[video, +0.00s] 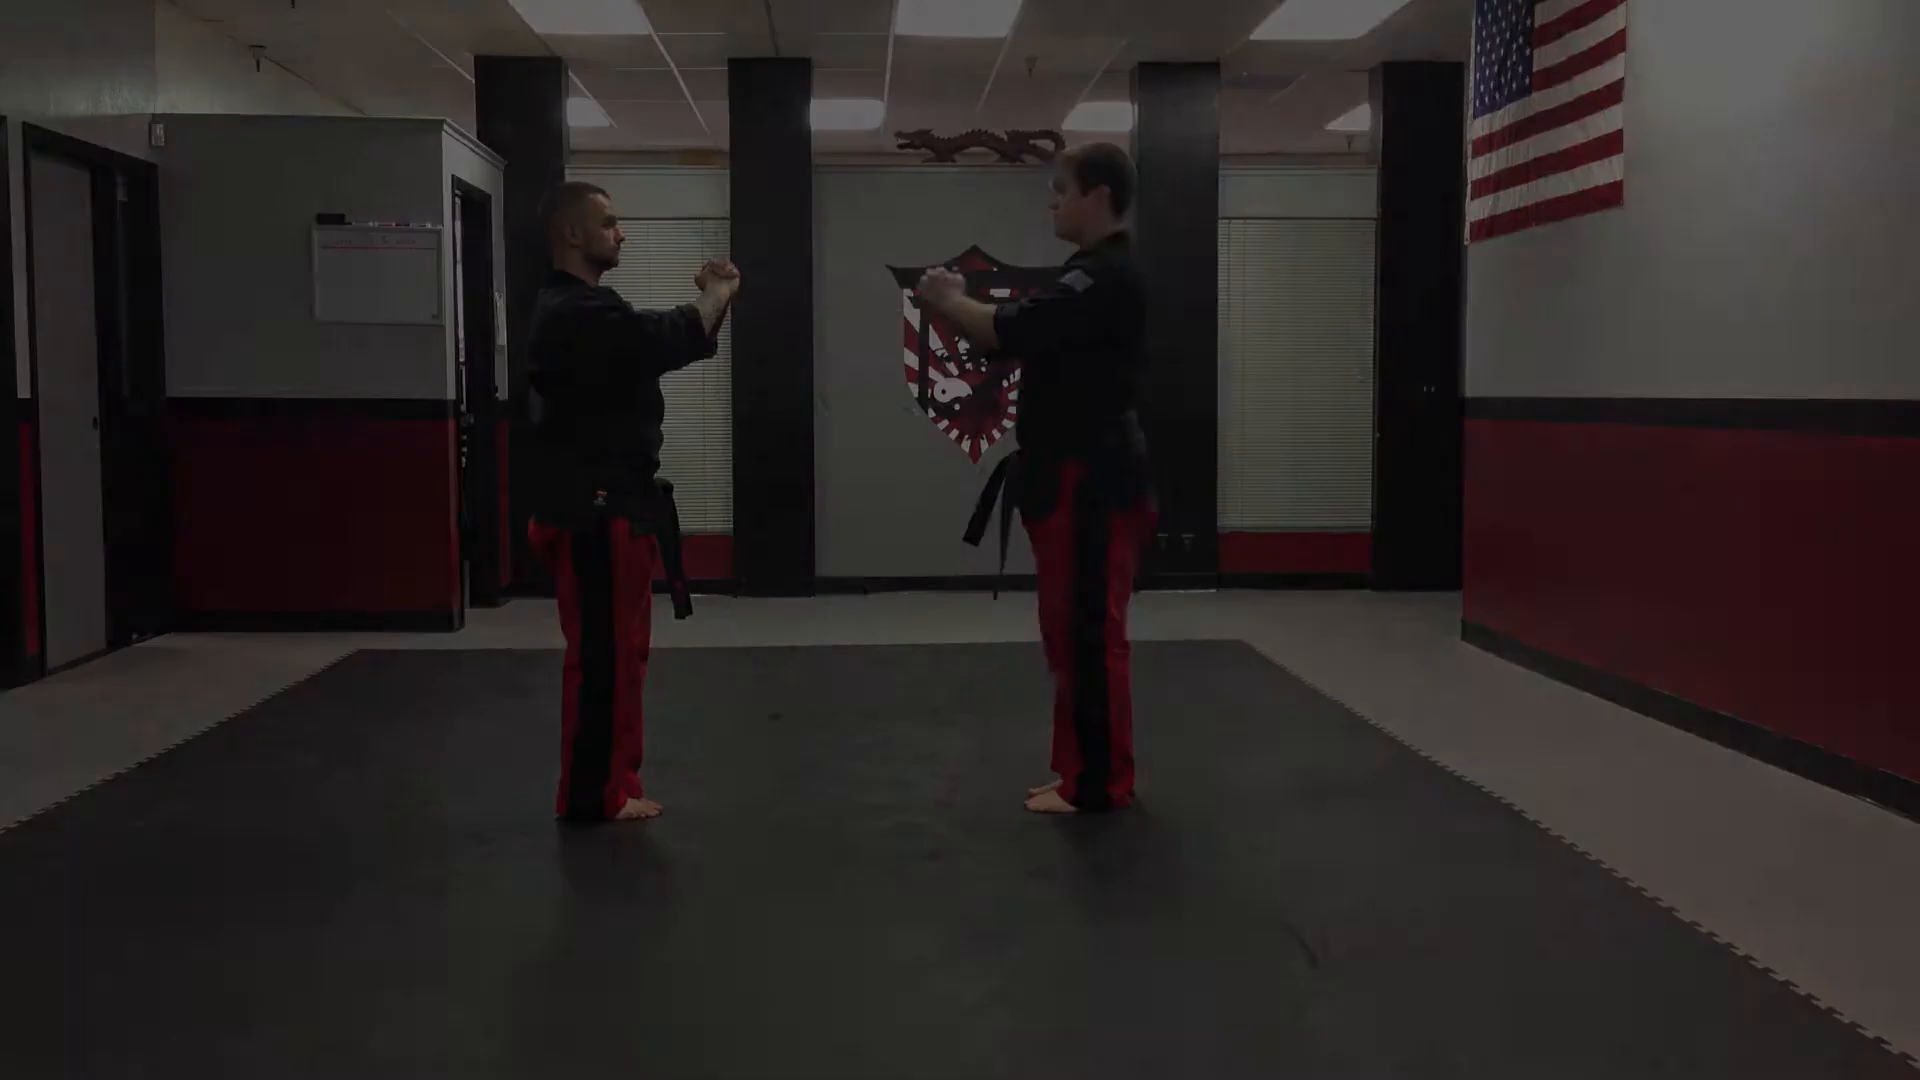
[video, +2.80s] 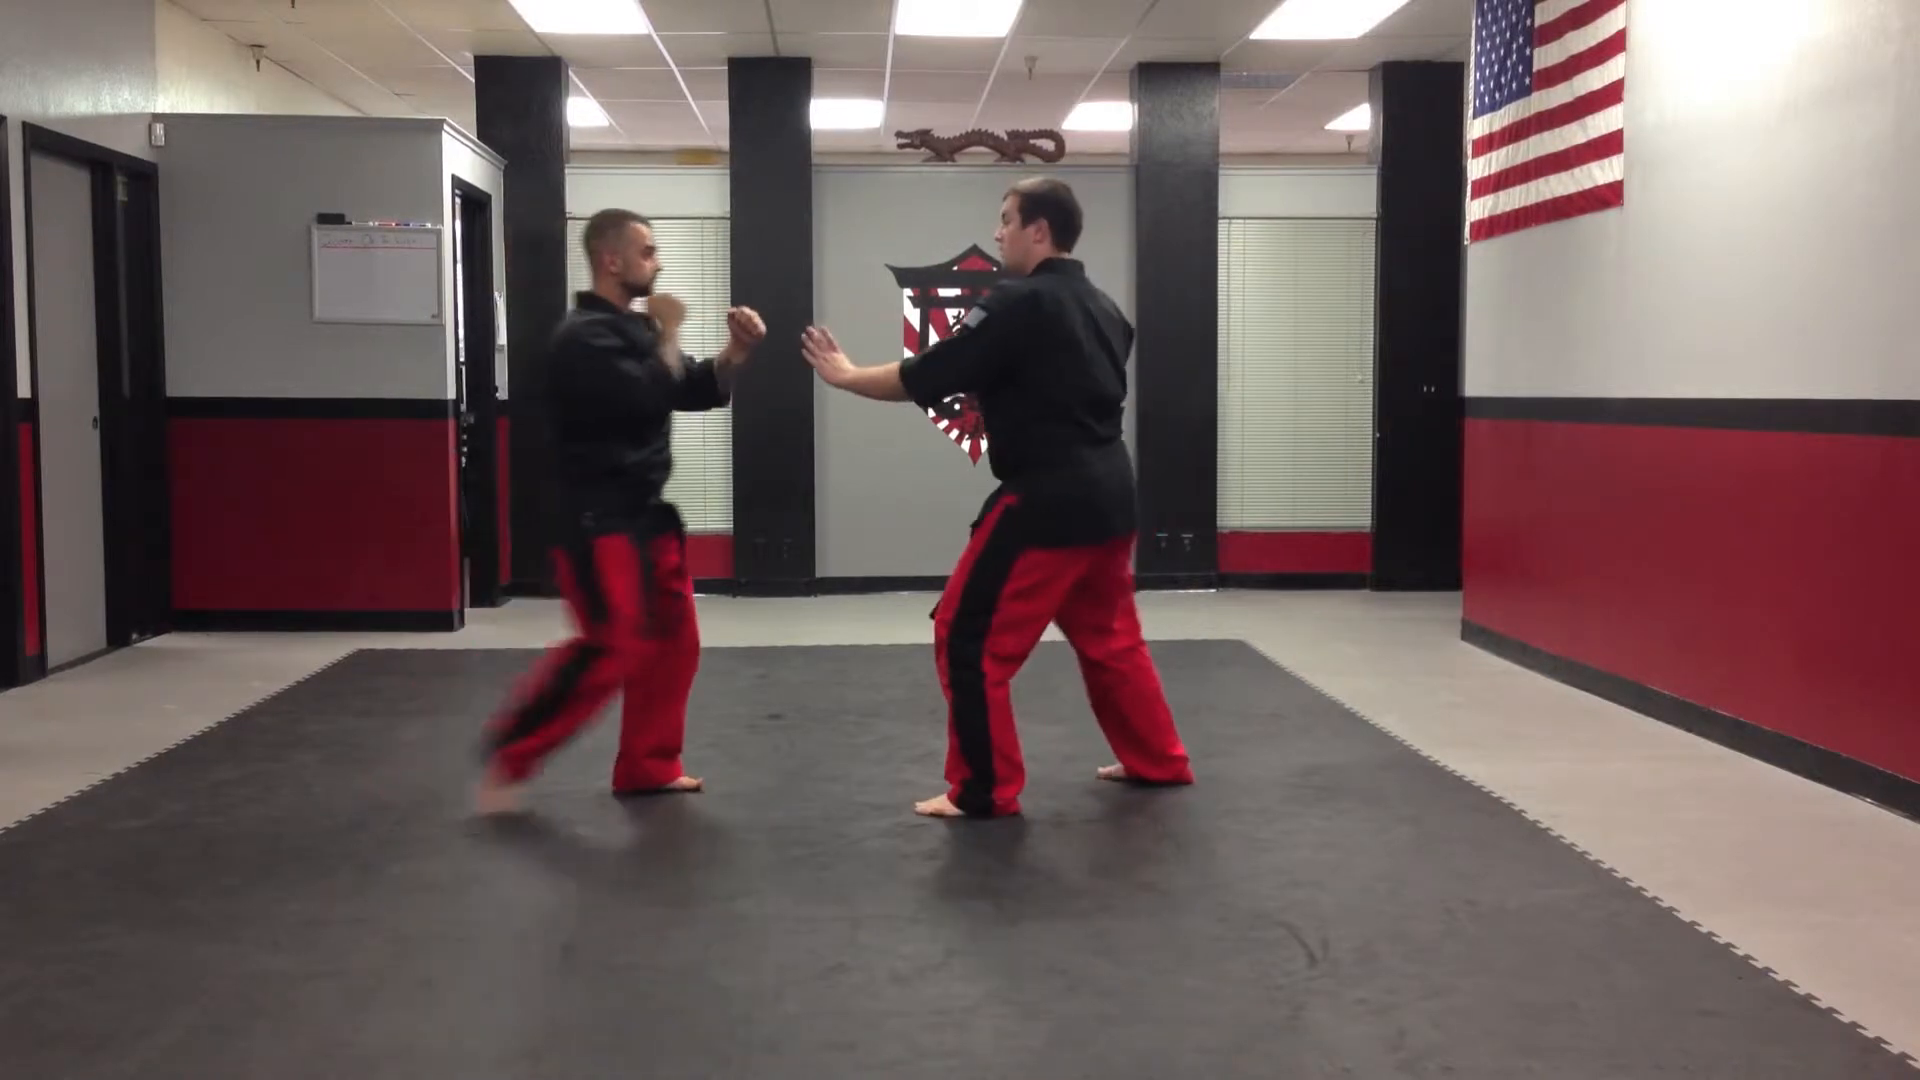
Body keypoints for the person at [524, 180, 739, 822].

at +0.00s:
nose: (620, 234)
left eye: (617, 223)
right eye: (608, 224)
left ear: (578, 237)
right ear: (572, 235)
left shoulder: (579, 305)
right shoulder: (578, 310)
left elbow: (666, 346)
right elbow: (653, 345)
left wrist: (709, 308)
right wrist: (711, 304)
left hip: (606, 503)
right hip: (596, 506)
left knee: (612, 651)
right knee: (609, 654)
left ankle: (608, 790)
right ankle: (599, 795)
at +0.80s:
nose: (632, 239)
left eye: (632, 229)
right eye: (622, 229)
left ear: (586, 237)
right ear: (583, 233)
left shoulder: (598, 305)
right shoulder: (568, 309)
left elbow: (643, 386)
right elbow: (622, 386)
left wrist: (673, 364)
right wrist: (674, 362)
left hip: (608, 502)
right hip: (578, 506)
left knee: (620, 649)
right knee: (597, 651)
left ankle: (614, 785)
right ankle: (592, 795)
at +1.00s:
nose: (652, 258)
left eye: (653, 247)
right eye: (644, 245)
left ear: (611, 243)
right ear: (606, 240)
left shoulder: (604, 311)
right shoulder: (558, 312)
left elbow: (579, 403)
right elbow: (550, 409)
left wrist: (624, 405)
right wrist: (615, 406)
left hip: (604, 496)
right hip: (561, 500)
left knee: (619, 639)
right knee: (573, 642)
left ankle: (603, 783)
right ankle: (520, 778)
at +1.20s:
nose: (631, 265)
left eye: (633, 253)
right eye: (626, 251)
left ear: (588, 247)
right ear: (586, 244)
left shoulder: (583, 314)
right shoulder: (537, 315)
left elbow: (571, 402)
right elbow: (533, 413)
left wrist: (603, 398)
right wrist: (600, 407)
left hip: (586, 507)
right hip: (538, 510)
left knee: (604, 650)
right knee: (508, 651)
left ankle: (601, 785)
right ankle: (424, 769)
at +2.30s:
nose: (586, 263)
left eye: (585, 252)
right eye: (577, 252)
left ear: (543, 259)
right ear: (538, 257)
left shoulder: (565, 333)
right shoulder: (496, 334)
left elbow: (646, 377)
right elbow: (552, 396)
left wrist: (686, 338)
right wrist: (585, 338)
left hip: (565, 521)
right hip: (499, 525)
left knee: (614, 644)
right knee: (464, 663)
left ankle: (637, 769)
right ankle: (410, 793)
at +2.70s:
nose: (633, 268)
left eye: (632, 257)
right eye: (623, 257)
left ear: (590, 265)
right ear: (583, 263)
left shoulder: (610, 335)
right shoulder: (549, 339)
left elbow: (686, 384)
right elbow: (609, 403)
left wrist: (730, 347)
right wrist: (636, 340)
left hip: (618, 519)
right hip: (558, 524)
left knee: (664, 640)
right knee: (525, 657)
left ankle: (647, 769)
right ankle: (436, 781)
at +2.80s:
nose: (656, 263)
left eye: (655, 252)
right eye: (646, 253)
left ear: (619, 259)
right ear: (609, 258)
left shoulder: (636, 331)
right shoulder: (582, 336)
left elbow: (692, 390)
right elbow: (643, 399)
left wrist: (736, 353)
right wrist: (667, 336)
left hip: (644, 511)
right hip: (592, 518)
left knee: (673, 641)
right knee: (615, 641)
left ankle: (646, 769)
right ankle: (506, 761)